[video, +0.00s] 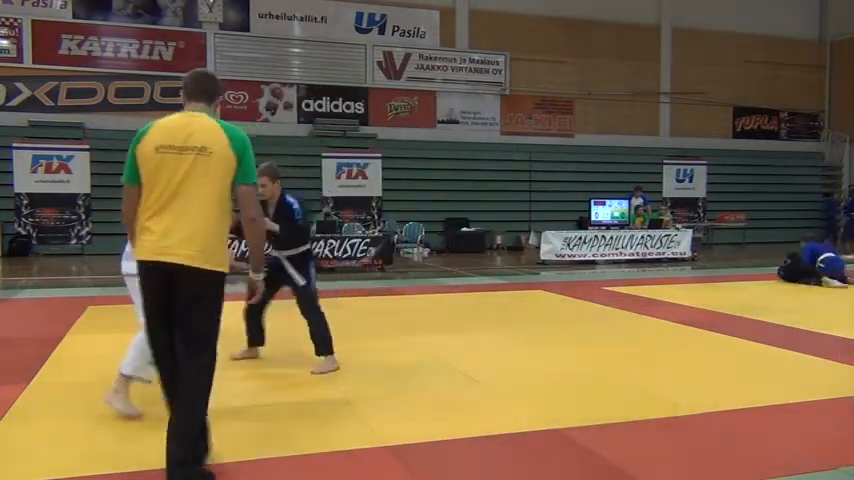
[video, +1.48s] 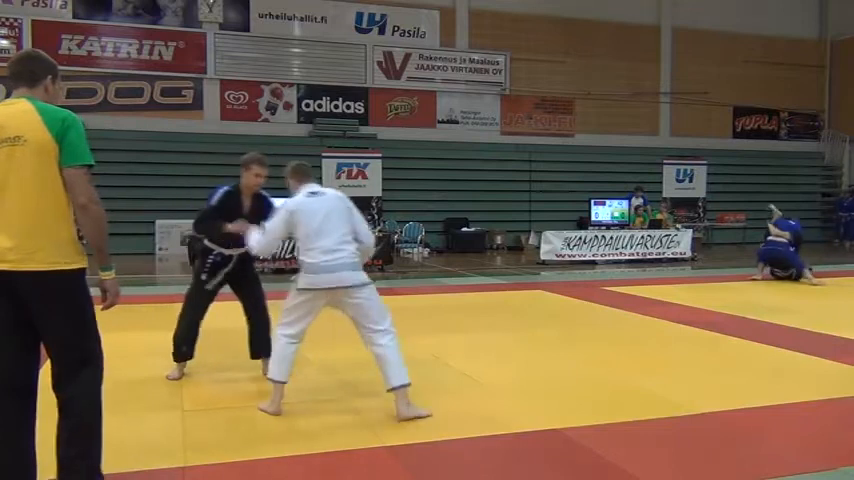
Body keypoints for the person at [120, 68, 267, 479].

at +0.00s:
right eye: (220, 103)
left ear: (182, 98)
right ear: (218, 102)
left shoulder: (146, 134)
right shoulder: (234, 138)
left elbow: (129, 207)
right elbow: (250, 210)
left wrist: (144, 248)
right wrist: (257, 268)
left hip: (151, 260)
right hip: (204, 263)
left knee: (166, 354)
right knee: (196, 358)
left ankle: (195, 442)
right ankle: (182, 466)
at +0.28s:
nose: (200, 104)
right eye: (201, 99)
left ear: (160, 92)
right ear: (198, 97)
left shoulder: (123, 129)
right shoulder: (213, 134)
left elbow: (101, 203)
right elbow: (228, 208)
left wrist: (105, 260)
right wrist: (230, 273)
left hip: (122, 266)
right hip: (180, 271)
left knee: (114, 365)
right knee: (181, 369)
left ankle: (95, 468)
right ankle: (181, 467)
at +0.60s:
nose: (147, 103)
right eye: (147, 97)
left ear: (105, 92)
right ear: (141, 96)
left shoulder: (65, 133)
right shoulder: (156, 135)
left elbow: (50, 211)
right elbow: (178, 212)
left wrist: (67, 256)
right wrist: (191, 276)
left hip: (71, 275)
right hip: (132, 277)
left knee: (55, 378)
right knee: (153, 377)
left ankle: (26, 470)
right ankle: (179, 468)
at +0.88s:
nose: (99, 98)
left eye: (98, 94)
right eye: (99, 93)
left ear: (49, 89)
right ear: (91, 91)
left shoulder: (12, 129)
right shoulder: (101, 128)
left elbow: (7, 203)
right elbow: (115, 205)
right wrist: (124, 274)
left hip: (25, 279)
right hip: (87, 280)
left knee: (26, 389)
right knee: (114, 383)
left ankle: (21, 473)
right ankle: (141, 471)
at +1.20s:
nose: (65, 92)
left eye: (64, 87)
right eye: (64, 86)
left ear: (19, 84)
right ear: (57, 84)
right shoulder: (71, 121)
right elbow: (93, 199)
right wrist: (108, 269)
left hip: (5, 277)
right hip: (58, 278)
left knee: (13, 387)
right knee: (64, 388)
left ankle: (17, 469)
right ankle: (63, 471)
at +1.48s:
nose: (61, 93)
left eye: (61, 88)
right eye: (60, 87)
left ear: (11, 84)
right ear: (49, 84)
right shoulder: (59, 120)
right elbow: (84, 200)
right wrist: (105, 267)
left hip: (5, 279)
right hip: (53, 276)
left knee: (12, 386)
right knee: (79, 377)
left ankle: (15, 473)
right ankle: (80, 474)